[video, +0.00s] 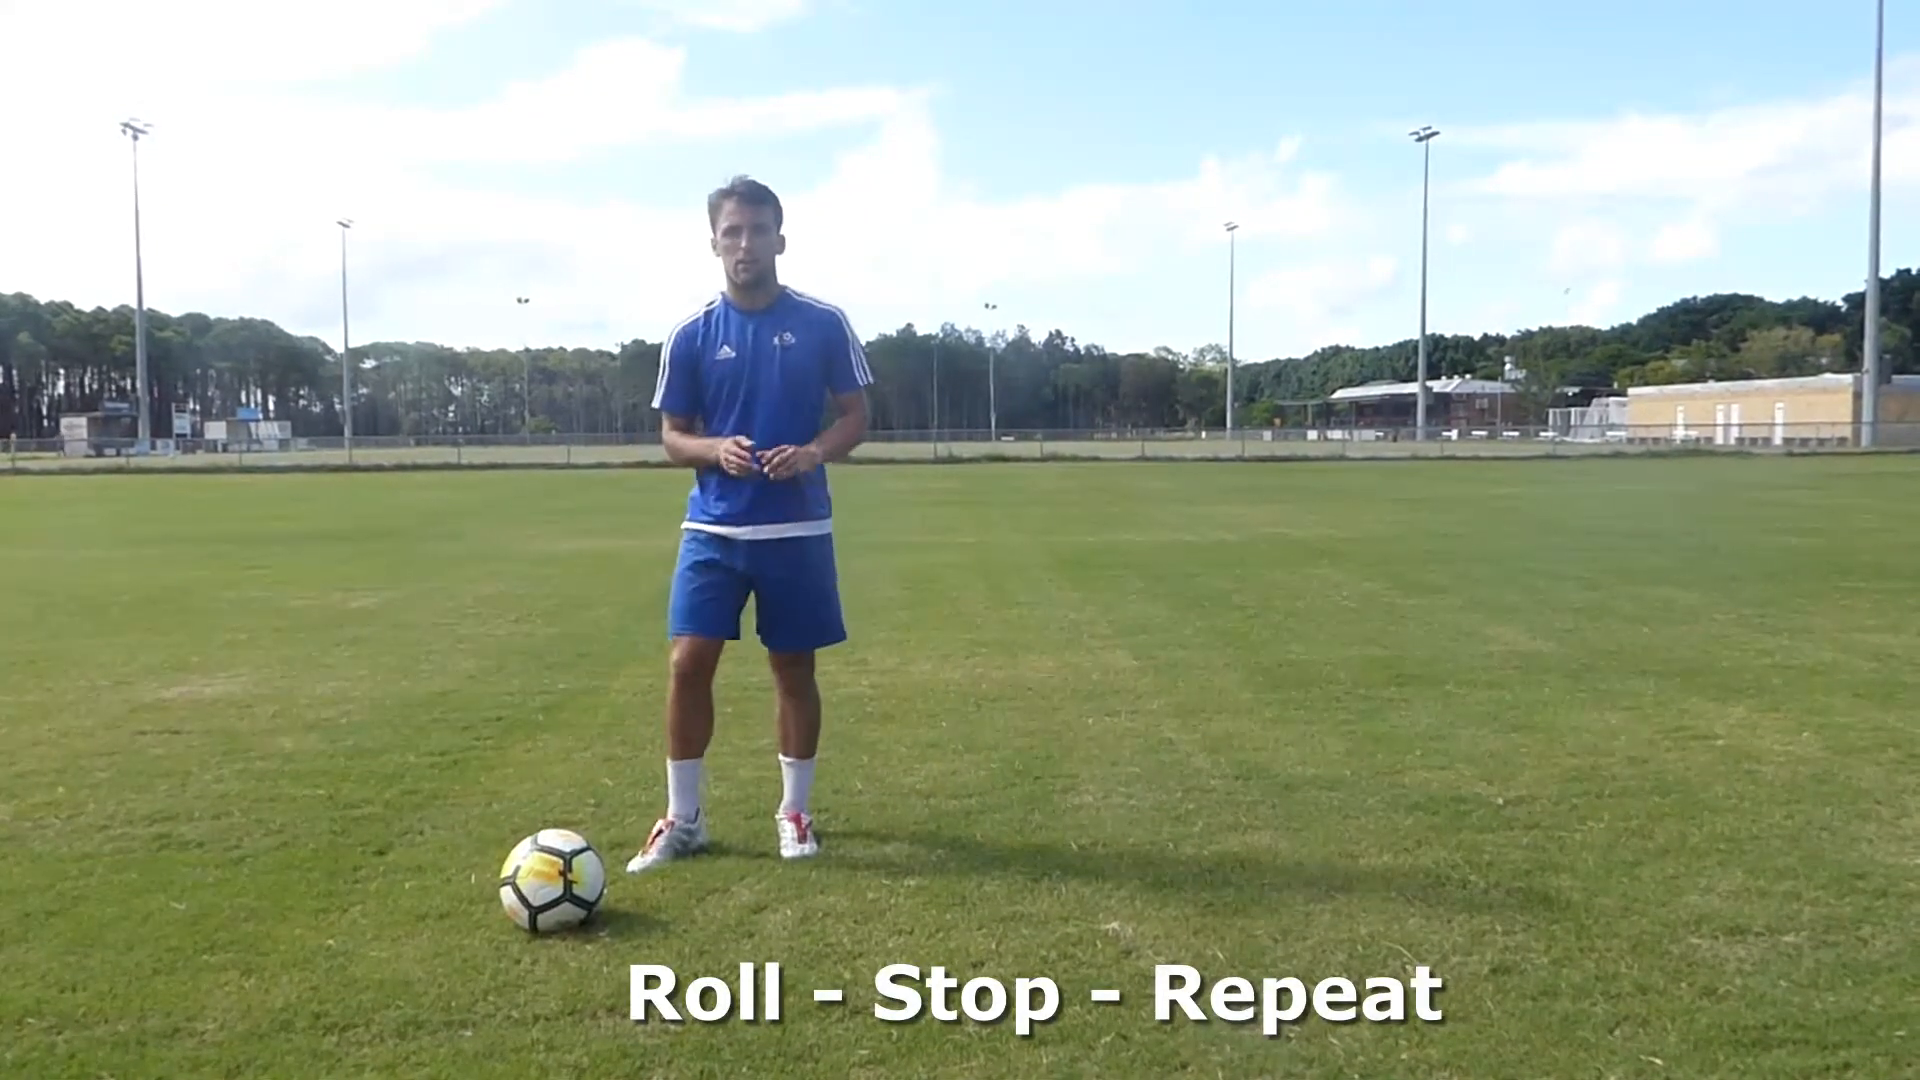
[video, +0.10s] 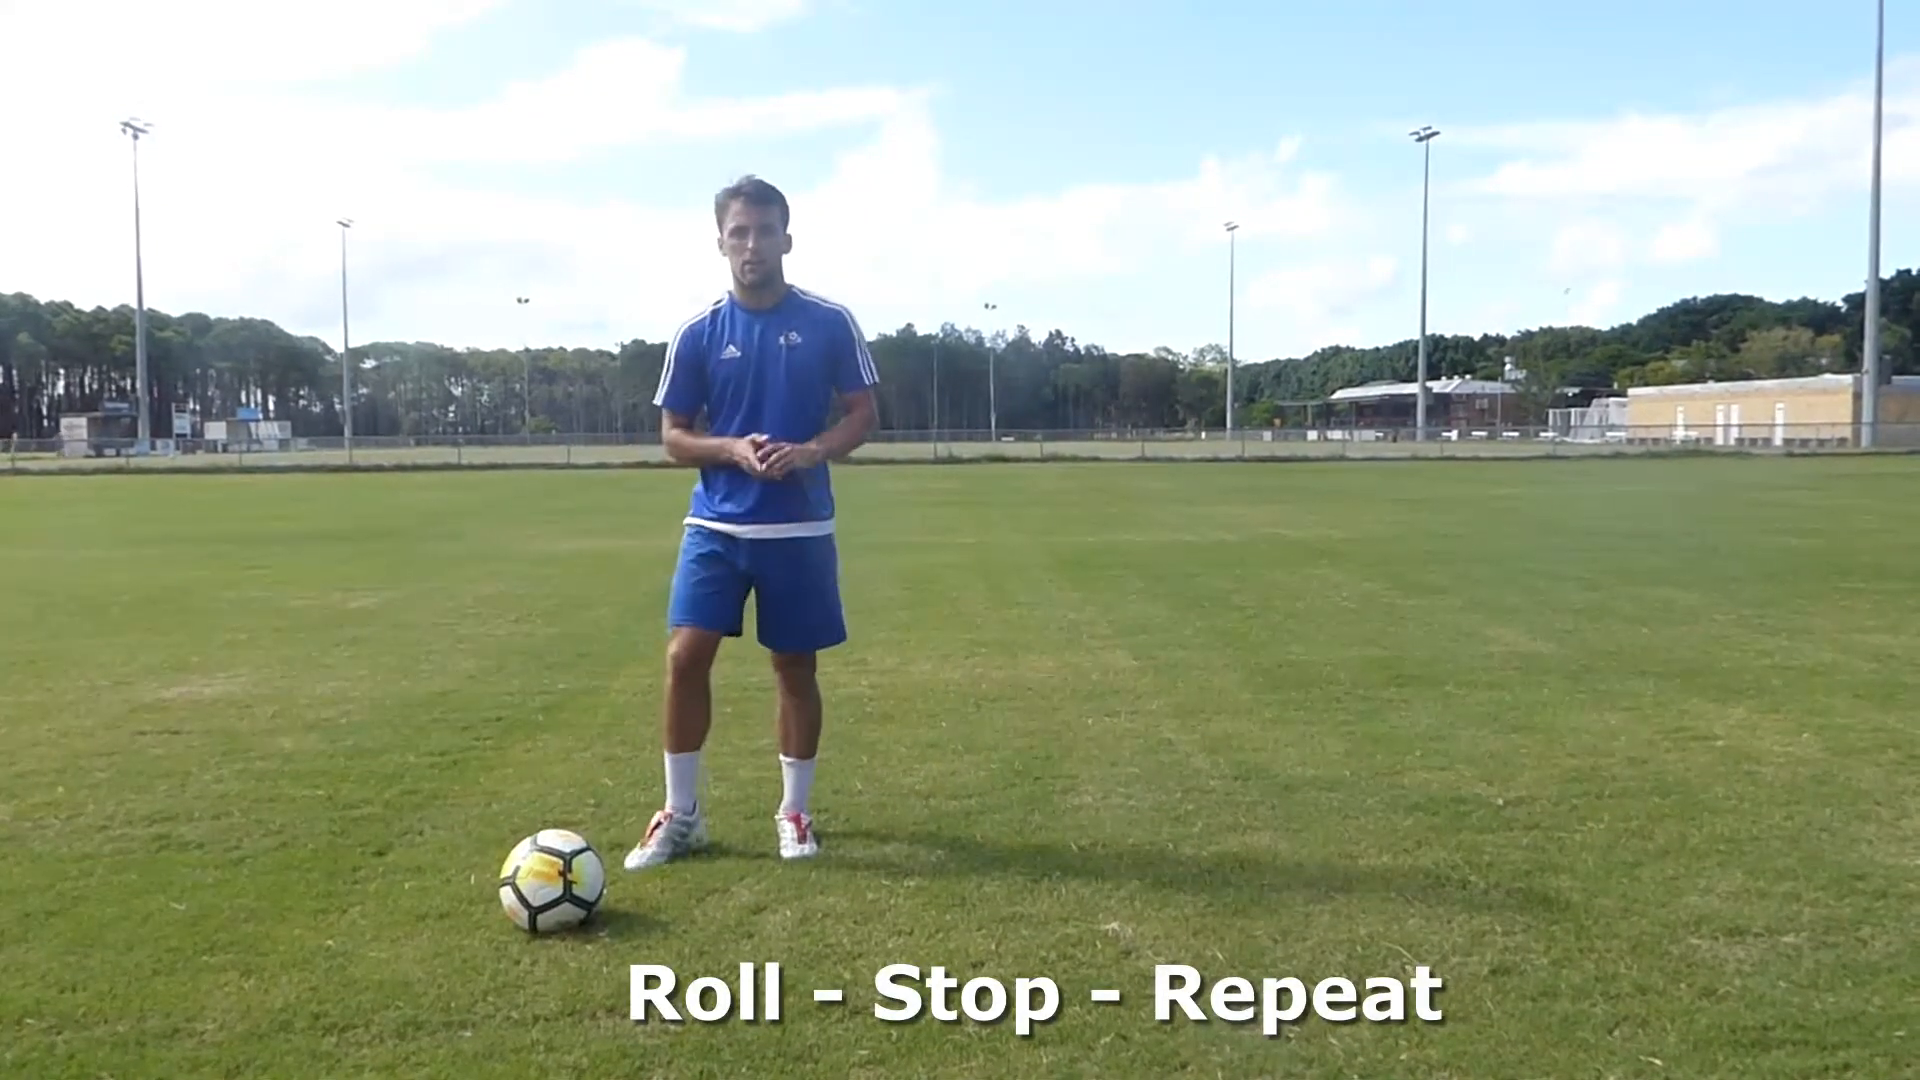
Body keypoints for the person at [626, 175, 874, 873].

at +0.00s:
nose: (745, 245)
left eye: (758, 233)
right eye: (731, 234)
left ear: (780, 238)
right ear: (714, 244)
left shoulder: (824, 325)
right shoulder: (691, 338)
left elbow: (856, 416)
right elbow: (672, 438)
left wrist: (812, 452)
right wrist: (710, 449)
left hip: (795, 531)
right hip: (711, 529)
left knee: (793, 672)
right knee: (687, 663)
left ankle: (794, 814)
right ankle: (682, 819)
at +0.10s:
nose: (750, 247)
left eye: (763, 233)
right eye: (737, 235)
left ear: (786, 237)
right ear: (721, 243)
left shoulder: (831, 324)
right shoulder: (698, 336)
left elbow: (862, 414)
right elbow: (673, 439)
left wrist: (810, 450)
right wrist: (729, 447)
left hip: (797, 530)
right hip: (715, 527)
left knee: (795, 670)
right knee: (684, 656)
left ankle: (794, 814)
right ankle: (680, 814)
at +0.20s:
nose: (751, 247)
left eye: (765, 234)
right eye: (739, 236)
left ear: (788, 238)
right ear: (723, 243)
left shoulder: (833, 325)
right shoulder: (699, 335)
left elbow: (865, 415)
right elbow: (672, 438)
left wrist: (812, 456)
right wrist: (731, 447)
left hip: (797, 531)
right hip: (714, 526)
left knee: (795, 670)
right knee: (684, 654)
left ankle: (794, 813)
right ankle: (680, 807)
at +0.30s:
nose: (751, 247)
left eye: (765, 234)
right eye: (738, 235)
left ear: (787, 239)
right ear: (721, 243)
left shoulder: (831, 325)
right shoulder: (698, 335)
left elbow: (863, 416)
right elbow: (669, 437)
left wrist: (808, 455)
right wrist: (729, 445)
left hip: (795, 532)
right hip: (712, 528)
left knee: (794, 672)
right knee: (686, 658)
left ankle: (794, 813)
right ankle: (683, 807)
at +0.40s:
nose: (747, 246)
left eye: (760, 233)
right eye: (734, 235)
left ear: (781, 239)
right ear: (716, 244)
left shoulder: (825, 325)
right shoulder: (692, 334)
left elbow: (858, 415)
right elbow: (665, 437)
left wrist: (802, 450)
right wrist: (721, 443)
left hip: (791, 533)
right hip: (708, 532)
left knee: (791, 672)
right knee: (691, 667)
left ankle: (794, 813)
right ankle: (687, 814)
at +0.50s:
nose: (738, 245)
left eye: (751, 232)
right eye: (724, 234)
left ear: (772, 237)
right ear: (707, 243)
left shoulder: (815, 324)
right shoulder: (683, 334)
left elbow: (848, 416)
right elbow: (656, 437)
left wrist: (792, 447)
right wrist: (716, 442)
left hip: (784, 533)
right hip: (702, 534)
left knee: (787, 673)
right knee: (693, 673)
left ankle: (794, 815)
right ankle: (689, 818)